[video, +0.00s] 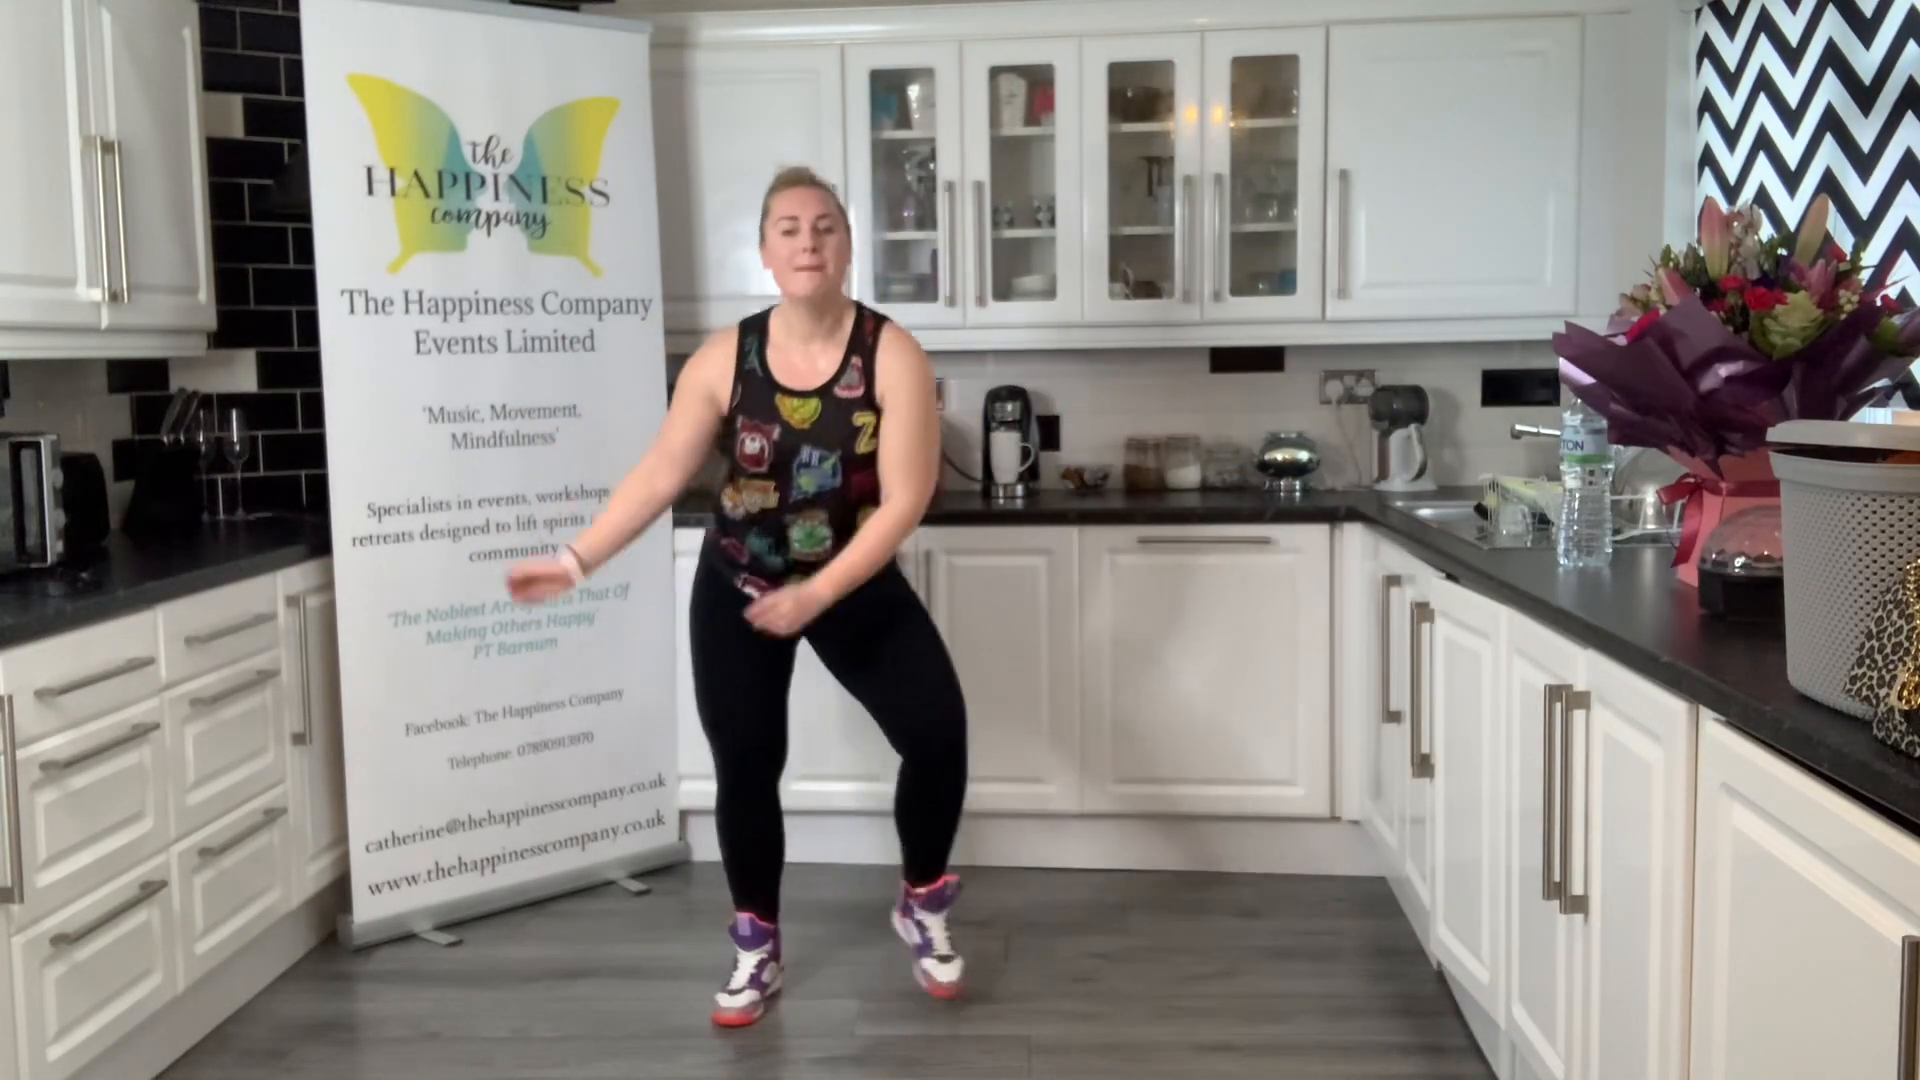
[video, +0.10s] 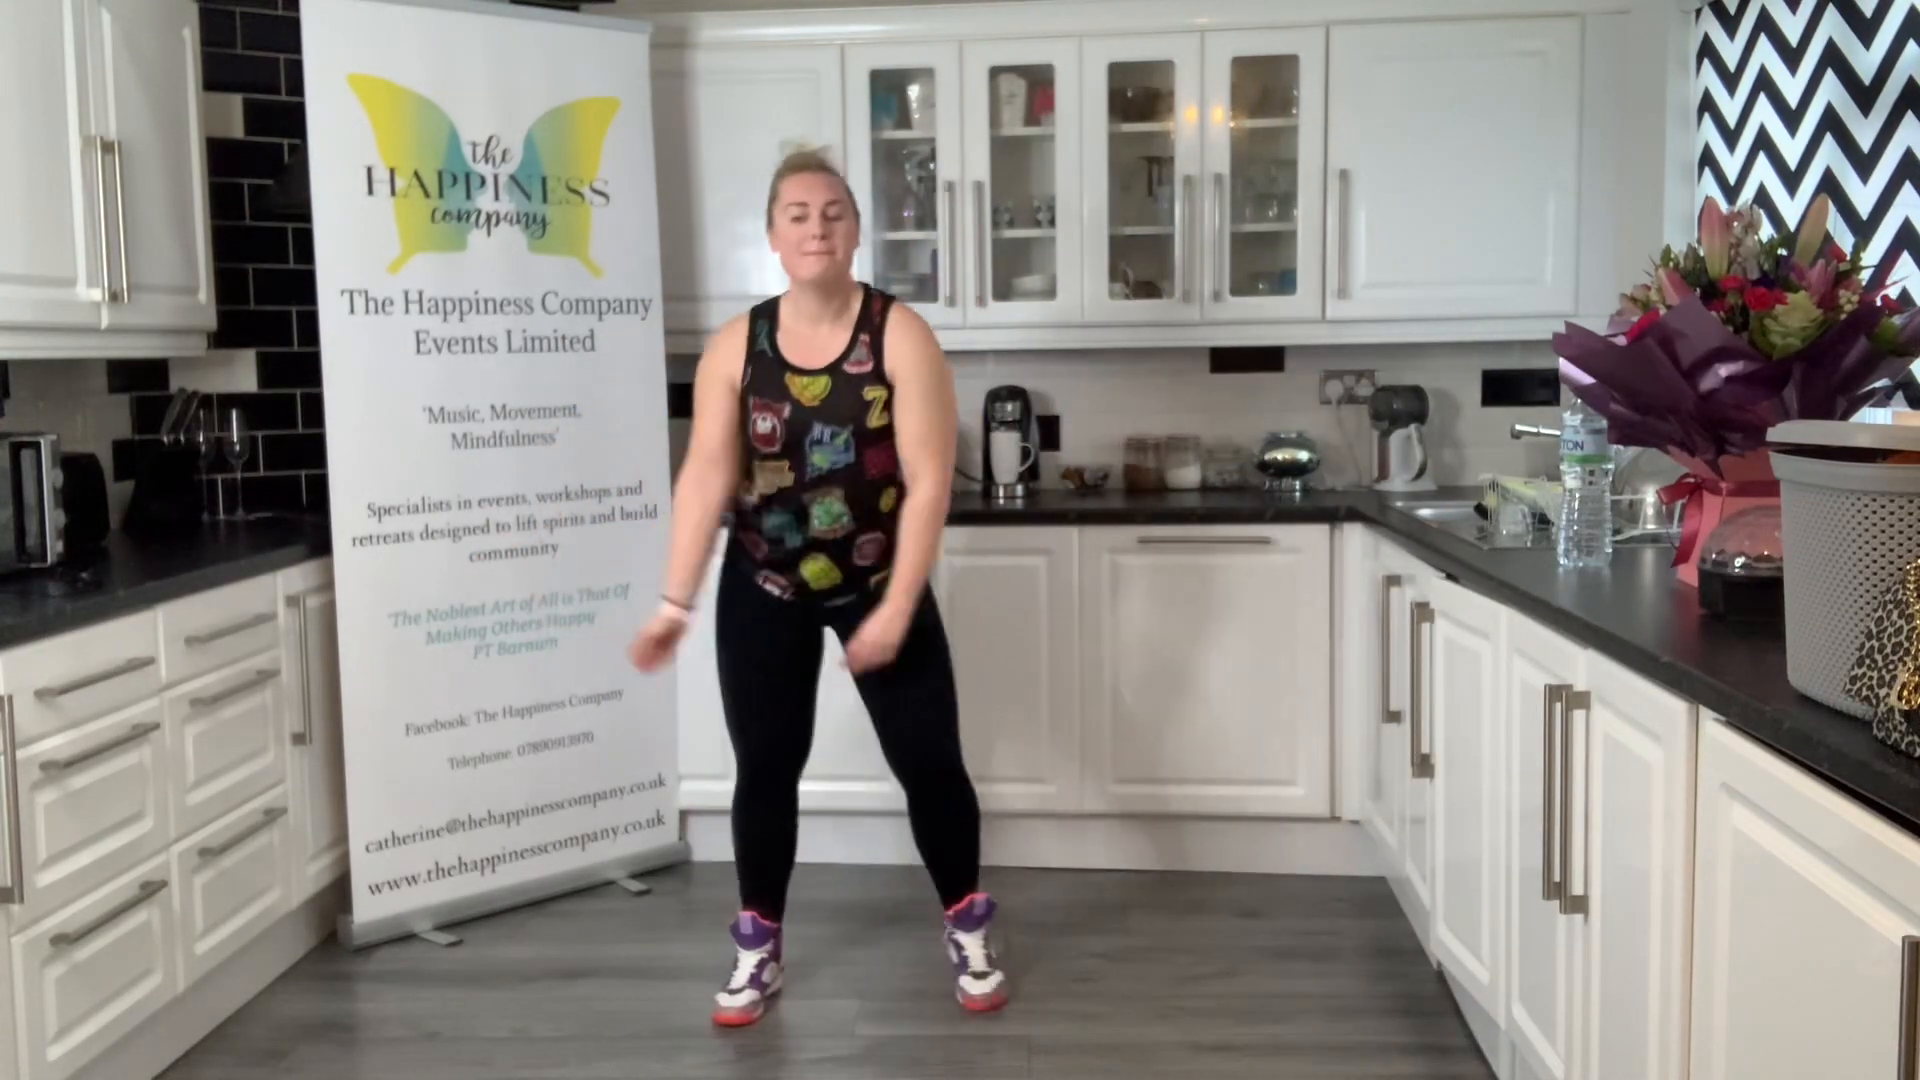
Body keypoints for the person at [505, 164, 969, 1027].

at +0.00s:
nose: (809, 243)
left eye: (826, 228)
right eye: (789, 230)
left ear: (848, 246)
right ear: (765, 254)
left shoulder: (893, 356)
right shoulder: (723, 362)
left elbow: (906, 502)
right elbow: (658, 476)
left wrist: (814, 595)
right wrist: (574, 560)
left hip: (854, 577)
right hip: (741, 582)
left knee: (939, 732)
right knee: (746, 768)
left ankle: (924, 905)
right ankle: (755, 947)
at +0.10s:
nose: (819, 229)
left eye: (835, 215)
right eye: (798, 216)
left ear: (856, 231)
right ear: (773, 238)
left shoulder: (901, 336)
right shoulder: (733, 348)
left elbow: (930, 482)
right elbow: (705, 478)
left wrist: (897, 607)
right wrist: (676, 599)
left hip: (884, 582)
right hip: (766, 588)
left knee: (930, 763)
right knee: (764, 772)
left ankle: (967, 927)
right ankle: (757, 946)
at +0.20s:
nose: (830, 231)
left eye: (845, 215)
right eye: (811, 217)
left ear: (870, 230)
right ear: (785, 235)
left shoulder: (914, 330)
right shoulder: (754, 352)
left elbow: (975, 462)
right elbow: (760, 491)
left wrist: (984, 596)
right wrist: (784, 611)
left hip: (908, 597)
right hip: (795, 600)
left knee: (930, 771)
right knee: (775, 778)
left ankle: (969, 932)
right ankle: (761, 943)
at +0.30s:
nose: (846, 245)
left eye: (863, 229)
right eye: (828, 229)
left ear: (886, 245)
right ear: (802, 247)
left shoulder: (934, 337)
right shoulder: (774, 364)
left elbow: (1027, 442)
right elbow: (790, 499)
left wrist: (1060, 571)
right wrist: (852, 579)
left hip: (944, 575)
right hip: (834, 574)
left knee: (952, 762)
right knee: (763, 737)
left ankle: (970, 931)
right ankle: (770, 928)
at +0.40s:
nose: (862, 251)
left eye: (878, 234)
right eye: (843, 235)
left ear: (899, 249)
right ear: (815, 253)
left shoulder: (951, 342)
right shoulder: (789, 374)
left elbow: (1055, 423)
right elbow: (799, 509)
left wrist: (1105, 517)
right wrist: (870, 527)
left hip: (967, 586)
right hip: (860, 586)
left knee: (965, 764)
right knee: (771, 713)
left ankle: (972, 933)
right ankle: (812, 912)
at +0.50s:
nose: (868, 233)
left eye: (884, 217)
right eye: (849, 218)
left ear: (908, 232)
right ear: (821, 237)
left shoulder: (963, 328)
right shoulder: (795, 359)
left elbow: (1045, 414)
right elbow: (798, 496)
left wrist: (1113, 472)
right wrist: (862, 500)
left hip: (970, 577)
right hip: (862, 581)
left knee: (963, 756)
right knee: (803, 727)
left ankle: (973, 928)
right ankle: (873, 926)